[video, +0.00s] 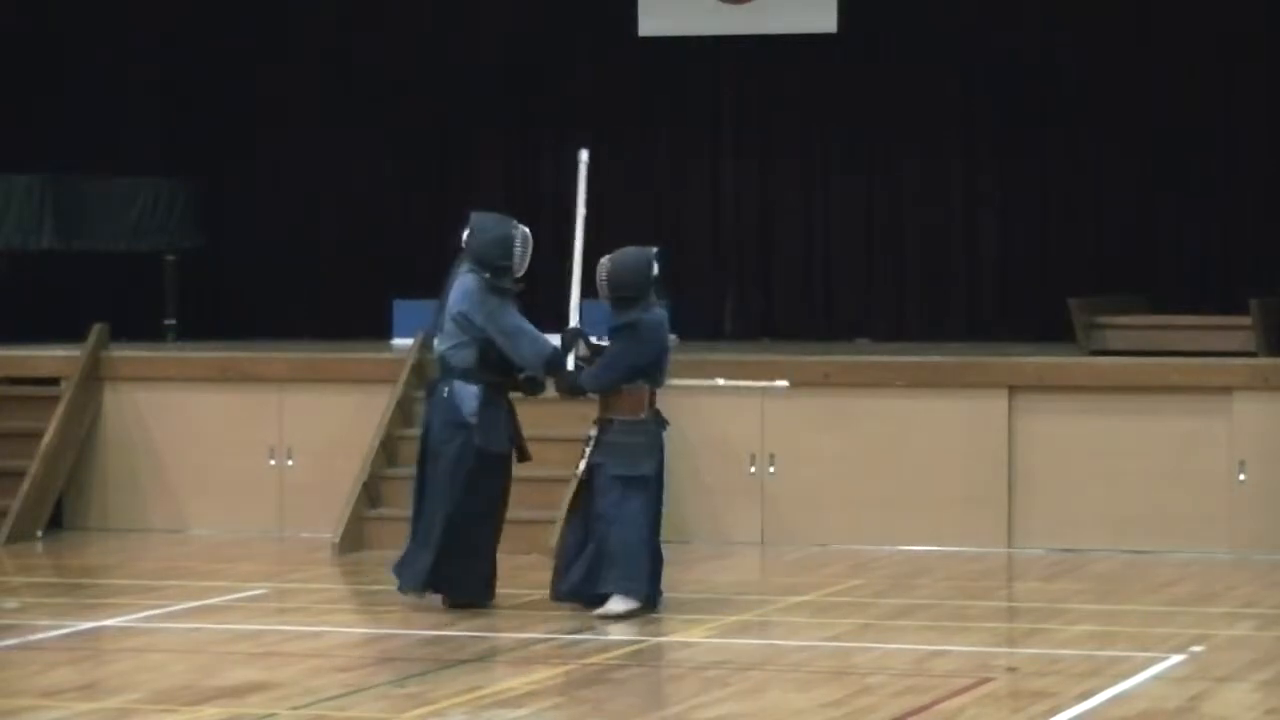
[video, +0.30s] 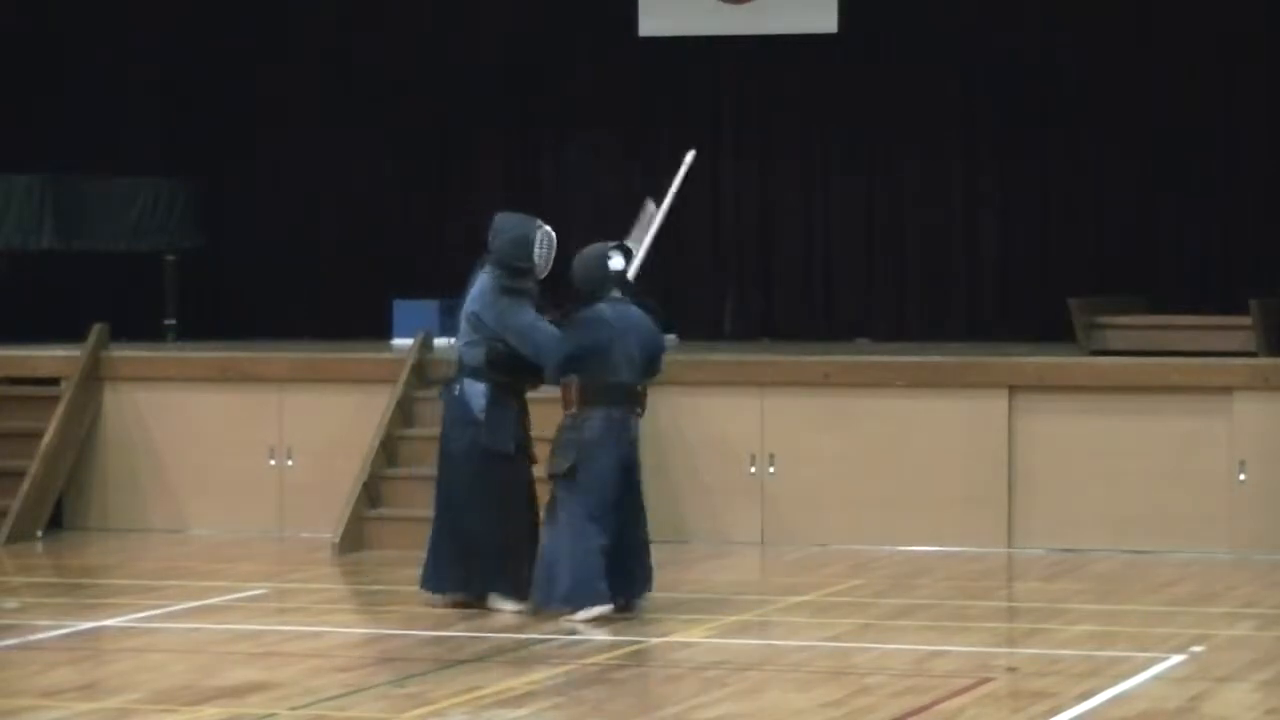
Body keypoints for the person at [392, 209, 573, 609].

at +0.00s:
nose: (519, 261)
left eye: (519, 253)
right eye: (514, 253)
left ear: (479, 252)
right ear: (498, 256)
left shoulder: (477, 284)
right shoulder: (477, 291)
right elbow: (528, 347)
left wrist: (533, 368)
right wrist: (556, 356)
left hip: (476, 398)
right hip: (470, 402)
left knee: (477, 490)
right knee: (473, 491)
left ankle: (468, 584)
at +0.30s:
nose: (543, 262)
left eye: (543, 253)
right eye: (539, 254)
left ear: (504, 252)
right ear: (524, 256)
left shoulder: (494, 285)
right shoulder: (496, 295)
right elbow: (549, 346)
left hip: (478, 394)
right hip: (488, 401)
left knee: (468, 488)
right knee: (505, 490)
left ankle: (459, 581)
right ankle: (503, 585)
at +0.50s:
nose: (547, 254)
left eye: (547, 245)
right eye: (542, 246)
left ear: (510, 249)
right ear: (524, 250)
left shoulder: (519, 291)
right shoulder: (503, 299)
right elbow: (537, 348)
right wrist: (580, 338)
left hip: (516, 397)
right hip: (502, 401)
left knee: (494, 488)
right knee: (499, 490)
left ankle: (477, 577)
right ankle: (491, 582)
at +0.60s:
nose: (546, 252)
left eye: (547, 243)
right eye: (540, 244)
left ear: (515, 247)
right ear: (525, 248)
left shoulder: (542, 291)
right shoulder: (505, 299)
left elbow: (569, 326)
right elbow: (524, 348)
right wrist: (566, 352)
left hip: (535, 397)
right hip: (507, 399)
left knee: (529, 488)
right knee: (506, 490)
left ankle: (527, 583)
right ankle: (500, 585)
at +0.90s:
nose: (566, 253)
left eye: (572, 243)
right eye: (557, 244)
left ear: (580, 247)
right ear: (539, 247)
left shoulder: (585, 292)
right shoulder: (521, 297)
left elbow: (606, 333)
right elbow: (527, 347)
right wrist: (575, 357)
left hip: (576, 402)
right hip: (531, 402)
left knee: (568, 494)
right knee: (525, 495)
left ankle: (570, 588)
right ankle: (515, 588)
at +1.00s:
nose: (579, 254)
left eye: (584, 246)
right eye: (570, 246)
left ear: (592, 249)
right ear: (551, 249)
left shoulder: (597, 293)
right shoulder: (534, 301)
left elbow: (621, 334)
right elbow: (546, 355)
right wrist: (596, 349)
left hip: (589, 406)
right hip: (544, 405)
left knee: (577, 500)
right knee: (535, 498)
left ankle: (572, 594)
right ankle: (515, 595)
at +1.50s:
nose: (602, 251)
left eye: (609, 243)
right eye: (595, 243)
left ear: (620, 247)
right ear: (581, 246)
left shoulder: (634, 290)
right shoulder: (560, 295)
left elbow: (671, 332)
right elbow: (569, 353)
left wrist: (652, 296)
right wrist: (605, 366)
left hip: (621, 410)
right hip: (573, 409)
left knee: (611, 506)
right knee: (569, 507)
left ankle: (605, 599)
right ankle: (560, 600)